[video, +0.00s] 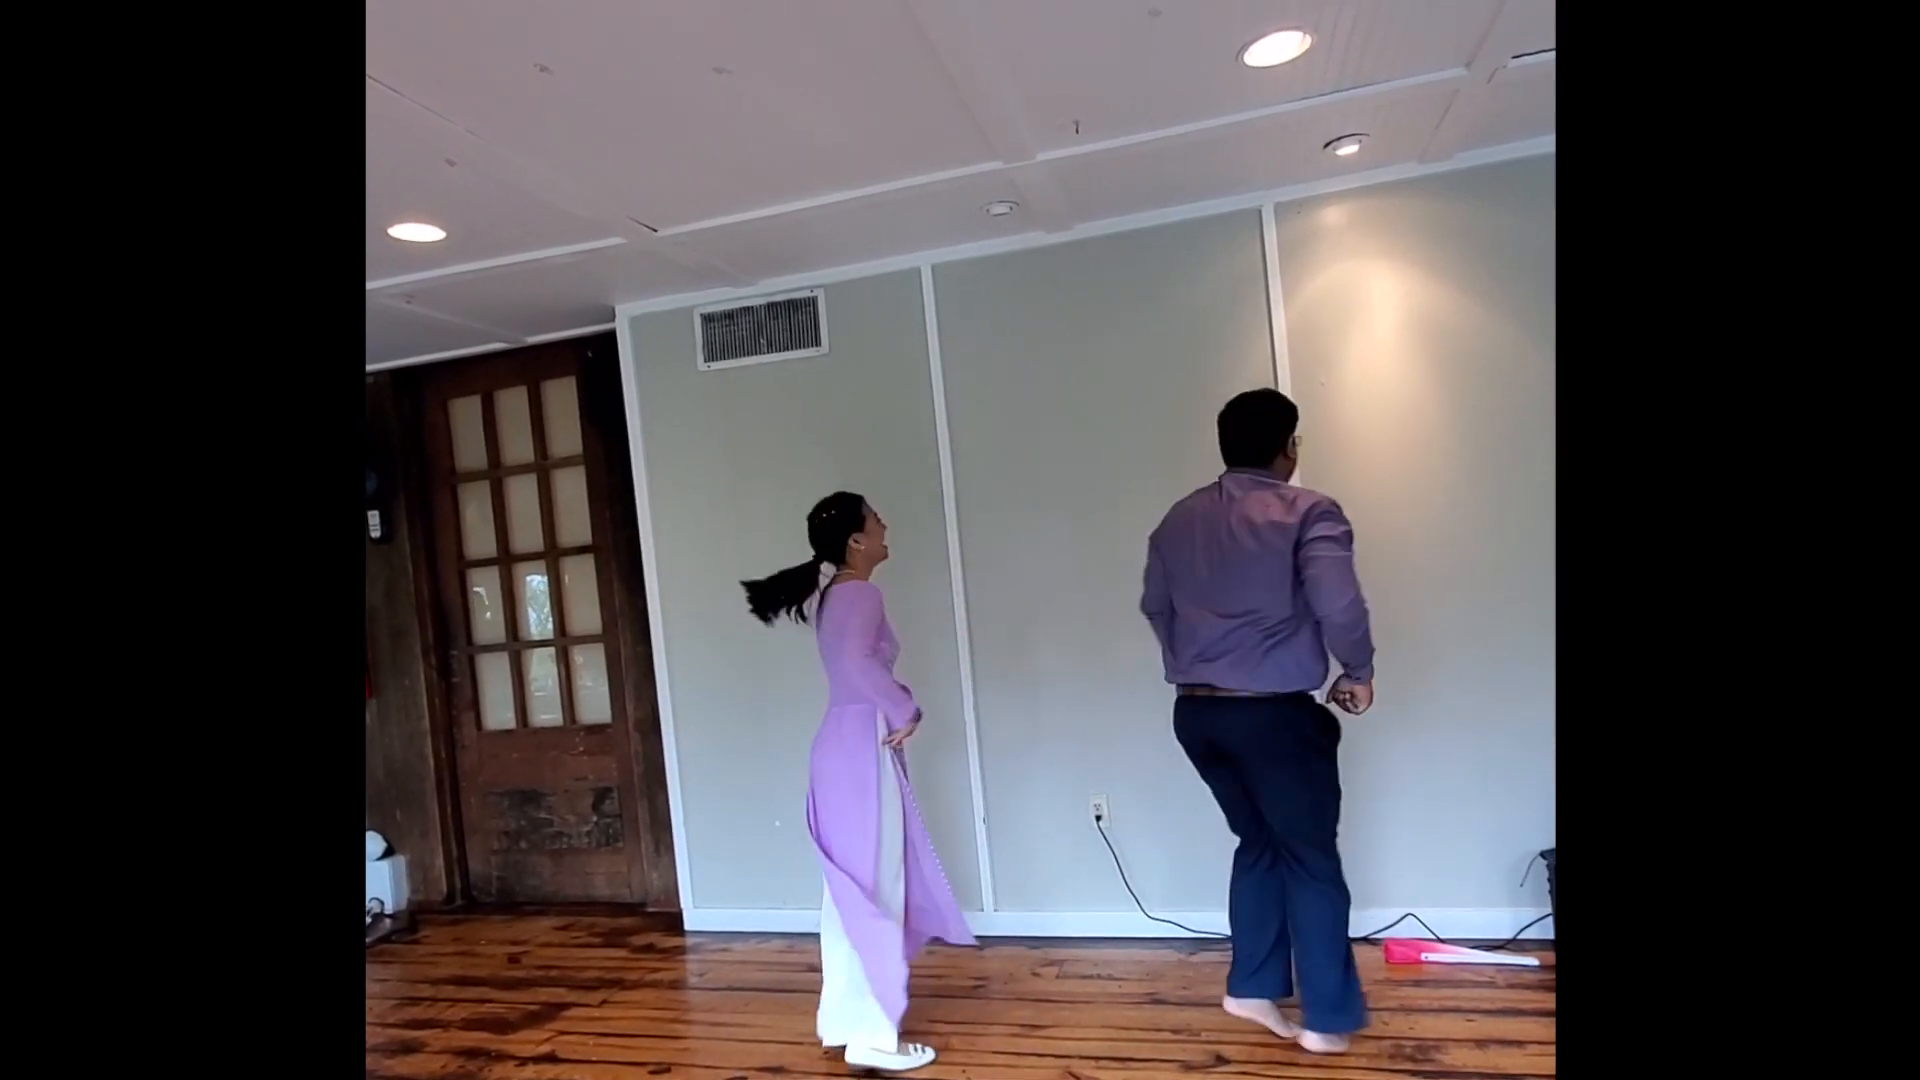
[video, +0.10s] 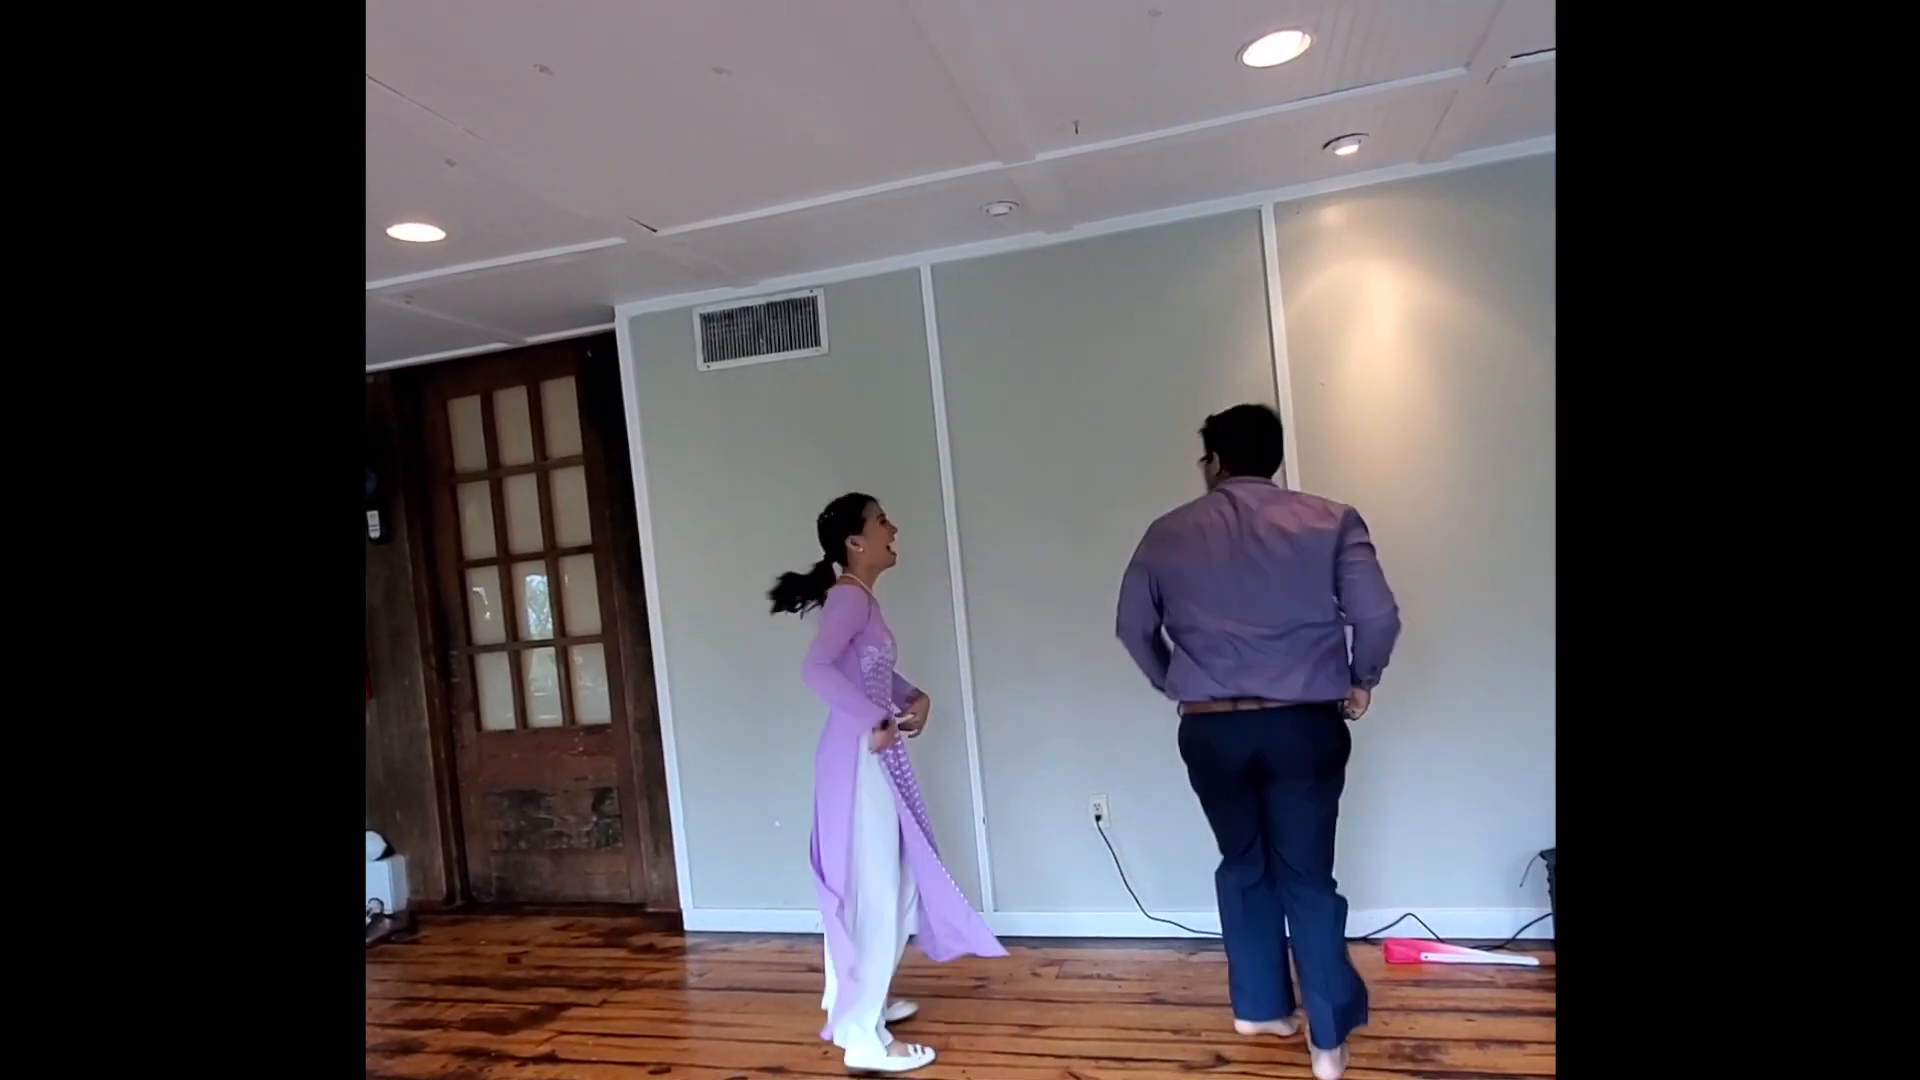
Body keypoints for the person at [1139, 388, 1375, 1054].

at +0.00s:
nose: (1297, 450)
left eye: (1292, 440)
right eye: (1295, 442)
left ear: (1224, 448)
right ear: (1287, 450)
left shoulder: (1177, 520)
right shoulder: (1309, 513)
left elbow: (1157, 606)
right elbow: (1340, 608)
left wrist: (1188, 669)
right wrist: (1358, 671)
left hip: (1199, 718)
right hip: (1280, 717)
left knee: (1256, 840)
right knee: (1312, 856)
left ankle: (1250, 989)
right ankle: (1329, 1018)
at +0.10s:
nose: (1205, 466)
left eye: (1206, 458)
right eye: (1209, 457)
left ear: (1213, 463)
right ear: (1281, 463)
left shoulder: (1168, 533)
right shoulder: (1333, 522)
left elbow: (1133, 628)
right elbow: (1376, 617)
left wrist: (1180, 686)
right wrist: (1362, 679)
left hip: (1211, 735)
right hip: (1305, 729)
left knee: (1241, 862)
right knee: (1309, 875)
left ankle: (1258, 1008)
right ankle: (1326, 1041)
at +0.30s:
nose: (1152, 494)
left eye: (1161, 480)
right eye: (1153, 481)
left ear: (1200, 482)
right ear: (1221, 483)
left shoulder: (1178, 555)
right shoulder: (1301, 540)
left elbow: (1160, 658)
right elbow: (1359, 612)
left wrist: (1149, 731)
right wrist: (1322, 670)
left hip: (1236, 756)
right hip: (1321, 746)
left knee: (1212, 876)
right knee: (1300, 886)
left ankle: (1257, 1014)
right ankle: (1325, 1048)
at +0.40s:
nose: (1135, 484)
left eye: (1144, 471)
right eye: (1136, 471)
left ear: (1187, 473)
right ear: (1200, 474)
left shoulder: (1184, 539)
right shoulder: (1257, 523)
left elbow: (1185, 640)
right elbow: (1290, 608)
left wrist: (1159, 726)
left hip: (1248, 738)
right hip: (1314, 727)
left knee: (1198, 873)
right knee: (1290, 878)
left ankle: (1250, 1029)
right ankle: (1320, 1043)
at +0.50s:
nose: (1131, 484)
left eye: (1141, 471)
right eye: (1130, 471)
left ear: (1186, 472)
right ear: (1188, 474)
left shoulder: (1199, 534)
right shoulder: (1214, 523)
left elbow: (1224, 627)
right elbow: (1227, 630)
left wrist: (1181, 718)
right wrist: (1189, 718)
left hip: (1245, 734)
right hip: (1277, 728)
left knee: (1207, 889)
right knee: (1260, 879)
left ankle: (1253, 1046)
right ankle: (1320, 1035)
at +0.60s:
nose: (1129, 489)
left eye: (1142, 475)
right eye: (1127, 477)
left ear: (1187, 480)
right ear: (1169, 485)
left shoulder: (1225, 548)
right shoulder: (1172, 547)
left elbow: (1263, 647)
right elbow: (1161, 612)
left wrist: (1204, 730)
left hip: (1249, 744)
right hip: (1219, 744)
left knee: (1209, 904)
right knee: (1223, 884)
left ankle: (1260, 1057)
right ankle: (1325, 1002)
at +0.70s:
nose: (1128, 495)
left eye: (1142, 482)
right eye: (1125, 484)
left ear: (1187, 487)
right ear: (1133, 491)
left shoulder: (1242, 560)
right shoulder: (1146, 568)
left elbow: (1292, 651)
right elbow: (1137, 620)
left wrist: (1219, 731)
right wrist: (1058, 621)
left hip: (1249, 752)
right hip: (1187, 751)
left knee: (1202, 899)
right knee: (1164, 878)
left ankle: (1260, 1055)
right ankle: (1280, 967)